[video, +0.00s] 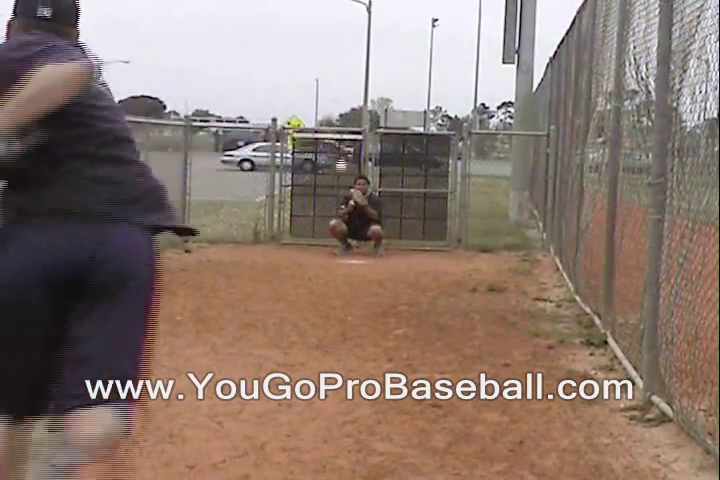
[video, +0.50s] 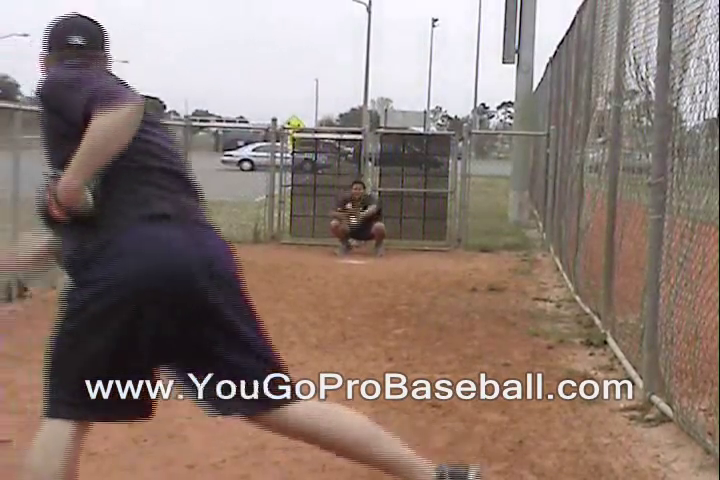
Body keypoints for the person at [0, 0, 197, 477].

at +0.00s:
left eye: (10, 19)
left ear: (14, 22)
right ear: (74, 29)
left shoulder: (13, 50)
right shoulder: (78, 57)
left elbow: (73, 70)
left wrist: (5, 117)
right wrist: (10, 115)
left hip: (34, 233)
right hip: (119, 233)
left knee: (17, 412)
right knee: (103, 404)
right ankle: (62, 455)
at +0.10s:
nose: (6, 29)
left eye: (10, 21)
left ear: (14, 24)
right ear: (68, 25)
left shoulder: (15, 53)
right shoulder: (81, 57)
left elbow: (95, 64)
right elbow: (99, 65)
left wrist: (24, 127)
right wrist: (24, 128)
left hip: (51, 235)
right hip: (134, 234)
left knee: (16, 412)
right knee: (135, 408)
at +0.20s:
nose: (10, 46)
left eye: (12, 38)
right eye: (13, 40)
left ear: (19, 37)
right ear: (67, 36)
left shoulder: (33, 57)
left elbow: (116, 71)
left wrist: (58, 142)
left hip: (82, 239)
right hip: (160, 239)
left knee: (29, 403)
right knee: (163, 398)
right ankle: (306, 433)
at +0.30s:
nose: (15, 52)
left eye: (17, 44)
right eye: (20, 45)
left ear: (23, 42)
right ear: (72, 39)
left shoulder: (39, 63)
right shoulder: (92, 74)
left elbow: (122, 80)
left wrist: (67, 150)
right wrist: (15, 185)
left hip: (95, 245)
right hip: (167, 241)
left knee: (37, 411)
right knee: (189, 399)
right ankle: (367, 440)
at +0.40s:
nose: (30, 56)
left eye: (33, 49)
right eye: (35, 50)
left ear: (42, 49)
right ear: (90, 48)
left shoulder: (54, 74)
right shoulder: (113, 94)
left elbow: (125, 99)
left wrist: (72, 176)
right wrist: (44, 213)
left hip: (120, 252)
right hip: (188, 245)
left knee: (52, 413)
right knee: (256, 398)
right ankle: (423, 462)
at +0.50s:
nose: (40, 62)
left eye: (44, 54)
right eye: (43, 54)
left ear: (57, 52)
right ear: (102, 52)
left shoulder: (63, 78)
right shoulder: (132, 99)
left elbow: (121, 108)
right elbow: (115, 208)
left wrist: (71, 183)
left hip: (126, 257)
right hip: (200, 248)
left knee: (63, 417)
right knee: (272, 401)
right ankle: (429, 472)